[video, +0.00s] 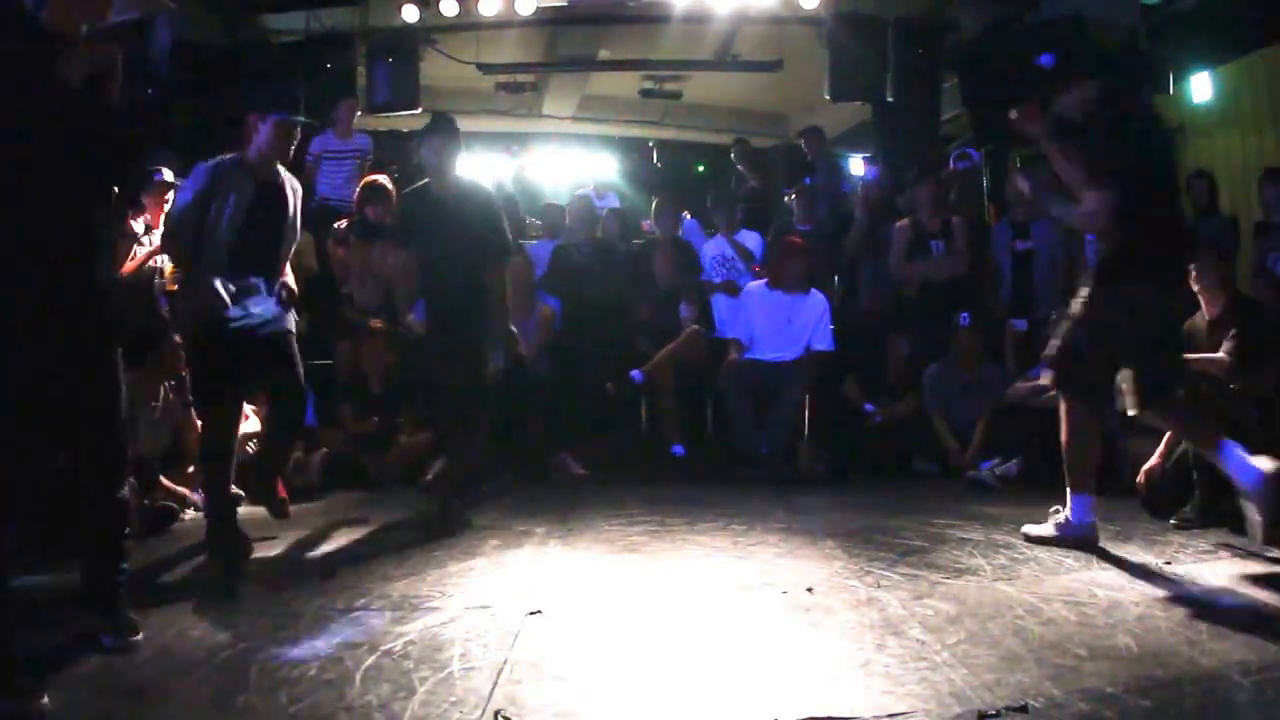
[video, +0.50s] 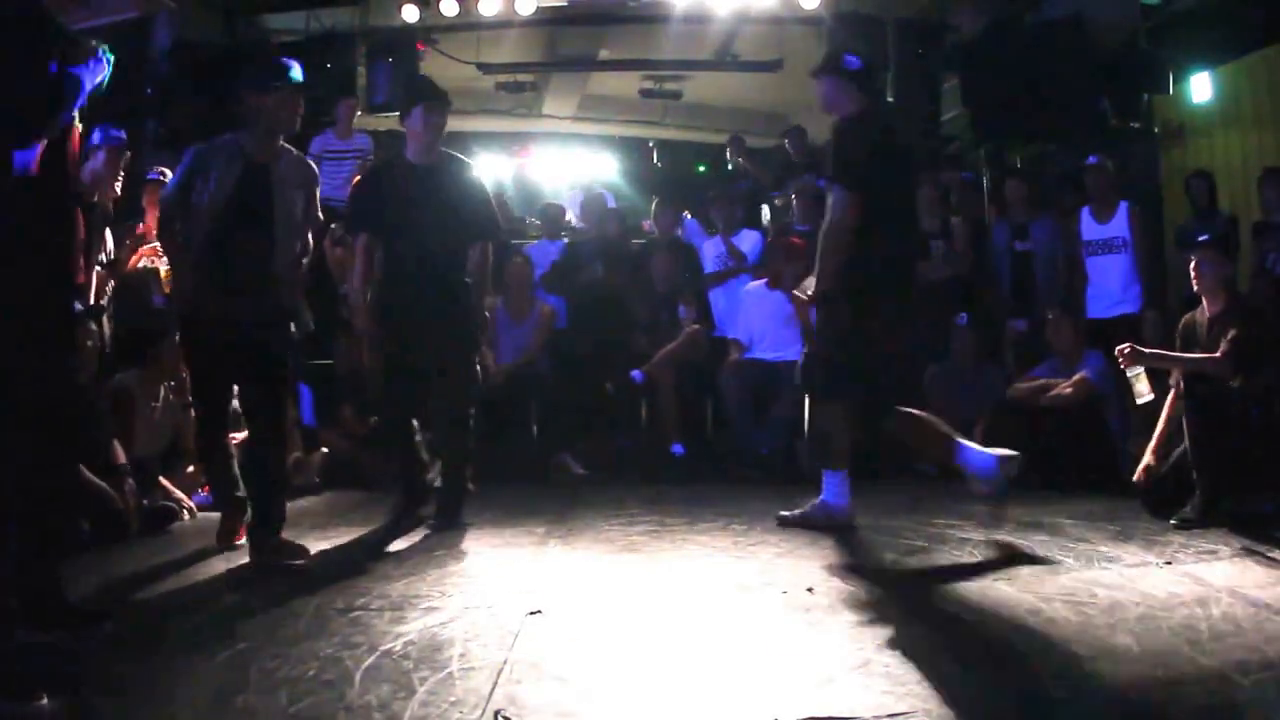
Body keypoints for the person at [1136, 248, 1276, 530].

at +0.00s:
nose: (1195, 273)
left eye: (1203, 267)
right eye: (1192, 268)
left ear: (1222, 272)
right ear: (1188, 278)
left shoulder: (1247, 315)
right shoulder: (1191, 329)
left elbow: (1227, 363)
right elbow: (1186, 406)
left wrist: (1175, 360)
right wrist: (1160, 456)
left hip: (1255, 421)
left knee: (1200, 392)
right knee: (1158, 494)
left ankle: (1205, 499)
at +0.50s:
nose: (1194, 269)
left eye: (1204, 262)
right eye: (1192, 261)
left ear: (1226, 269)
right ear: (1188, 267)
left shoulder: (1246, 316)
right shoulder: (1189, 324)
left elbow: (1222, 364)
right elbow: (1177, 392)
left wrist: (1147, 357)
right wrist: (1152, 453)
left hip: (1249, 427)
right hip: (1211, 429)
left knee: (1198, 391)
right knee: (1157, 495)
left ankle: (1205, 499)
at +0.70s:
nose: (1196, 267)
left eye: (1205, 261)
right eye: (1195, 261)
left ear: (1227, 267)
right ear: (1192, 266)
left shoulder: (1245, 315)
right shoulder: (1189, 319)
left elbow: (1223, 363)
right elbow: (1154, 361)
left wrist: (1152, 361)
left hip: (1243, 425)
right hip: (1205, 427)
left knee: (1195, 386)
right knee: (1157, 497)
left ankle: (1207, 499)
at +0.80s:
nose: (1196, 267)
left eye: (1206, 261)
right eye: (1195, 260)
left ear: (1229, 267)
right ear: (1191, 265)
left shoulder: (1246, 314)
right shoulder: (1191, 314)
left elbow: (1222, 363)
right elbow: (1141, 344)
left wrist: (1152, 359)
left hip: (1246, 424)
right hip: (1208, 425)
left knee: (1195, 387)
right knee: (1156, 497)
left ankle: (1206, 498)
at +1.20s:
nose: (1198, 268)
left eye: (1207, 261)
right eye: (1196, 261)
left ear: (1230, 268)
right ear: (1193, 265)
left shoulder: (1248, 314)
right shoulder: (1190, 314)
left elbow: (1221, 362)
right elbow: (1138, 332)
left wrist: (1149, 361)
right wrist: (1093, 286)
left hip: (1246, 428)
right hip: (1208, 426)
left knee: (1196, 392)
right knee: (1156, 497)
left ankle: (1205, 500)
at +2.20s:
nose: (1192, 270)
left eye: (1200, 263)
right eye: (1189, 263)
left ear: (1221, 268)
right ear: (1184, 269)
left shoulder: (1242, 314)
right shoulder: (1184, 322)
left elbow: (1218, 362)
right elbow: (1177, 376)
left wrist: (1145, 364)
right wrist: (1147, 394)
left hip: (1244, 430)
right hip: (1204, 431)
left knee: (1193, 388)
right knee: (1155, 497)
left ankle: (1204, 499)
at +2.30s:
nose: (1193, 269)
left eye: (1202, 262)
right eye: (1189, 262)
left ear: (1223, 268)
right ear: (1184, 268)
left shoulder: (1244, 316)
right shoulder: (1183, 322)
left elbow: (1217, 363)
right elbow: (1172, 378)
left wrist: (1144, 364)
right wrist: (1146, 394)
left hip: (1247, 427)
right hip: (1206, 430)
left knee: (1194, 386)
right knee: (1155, 497)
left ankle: (1205, 498)